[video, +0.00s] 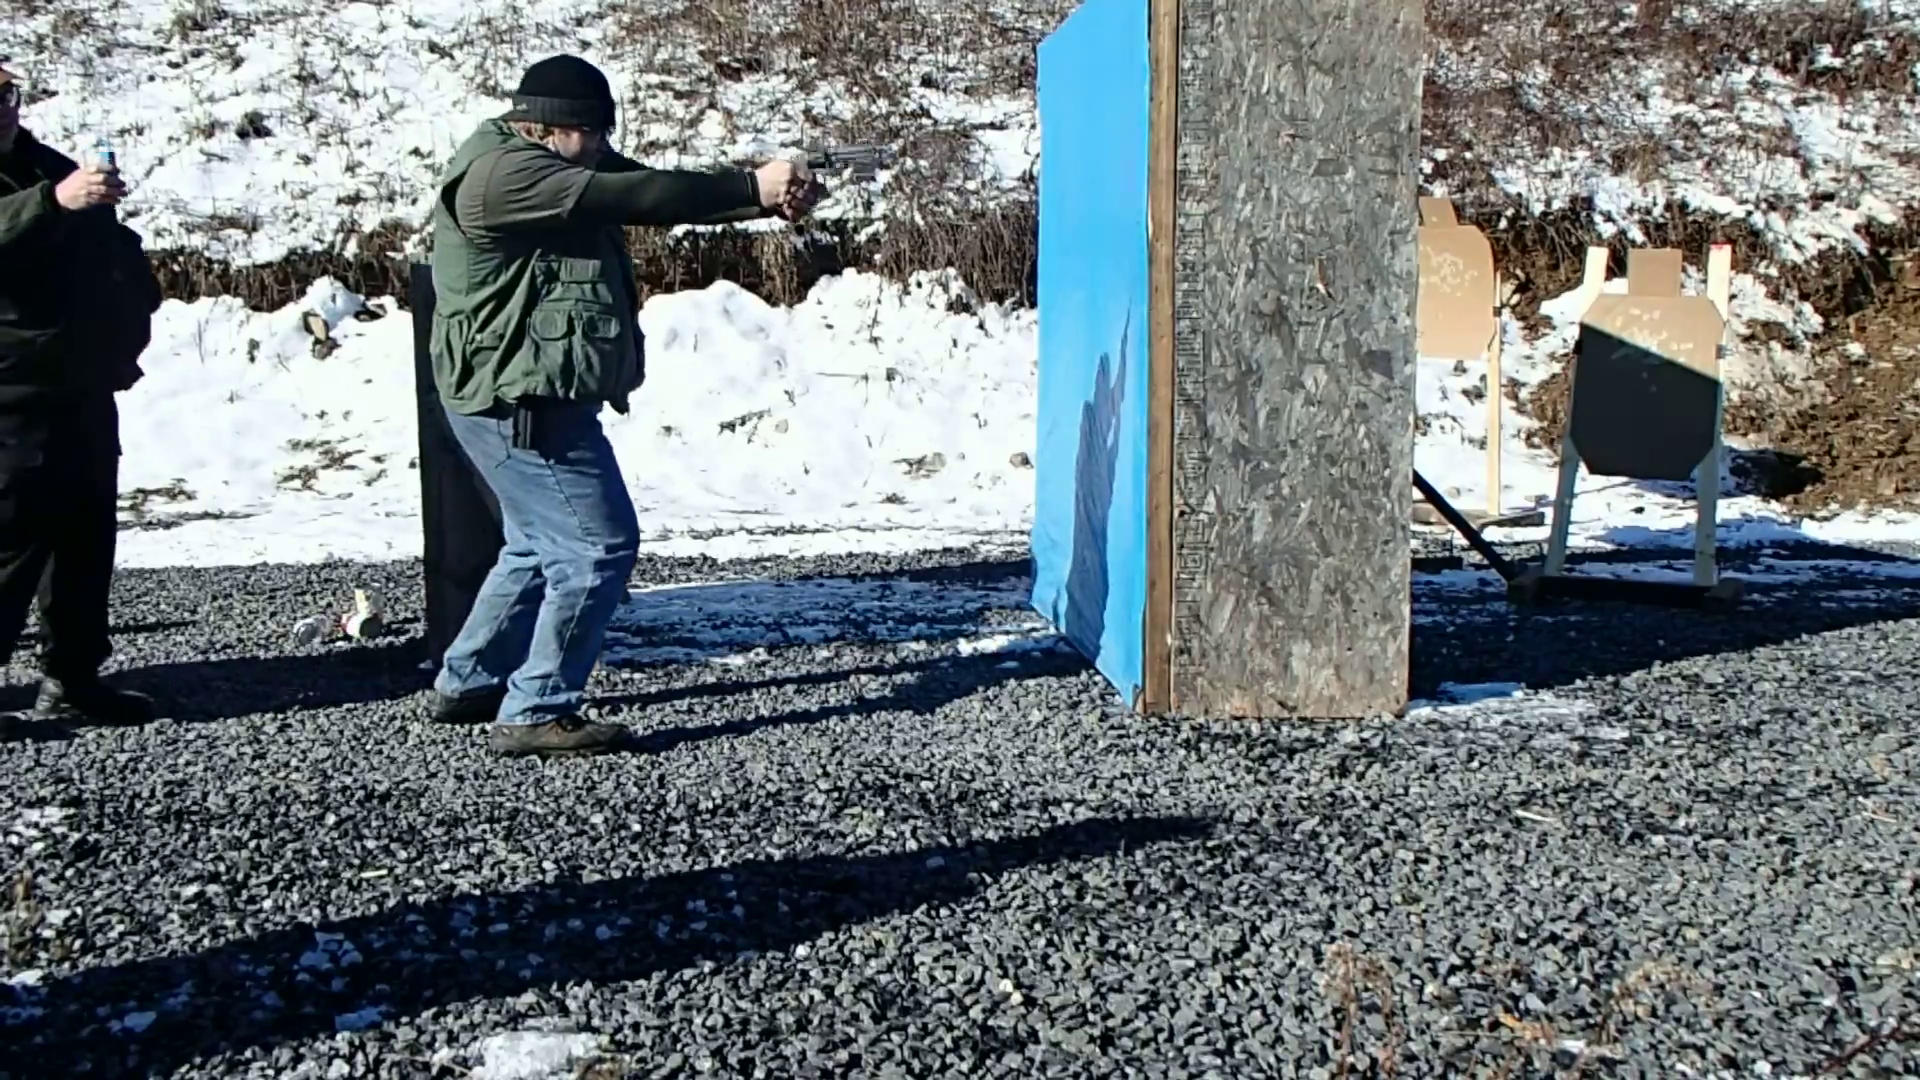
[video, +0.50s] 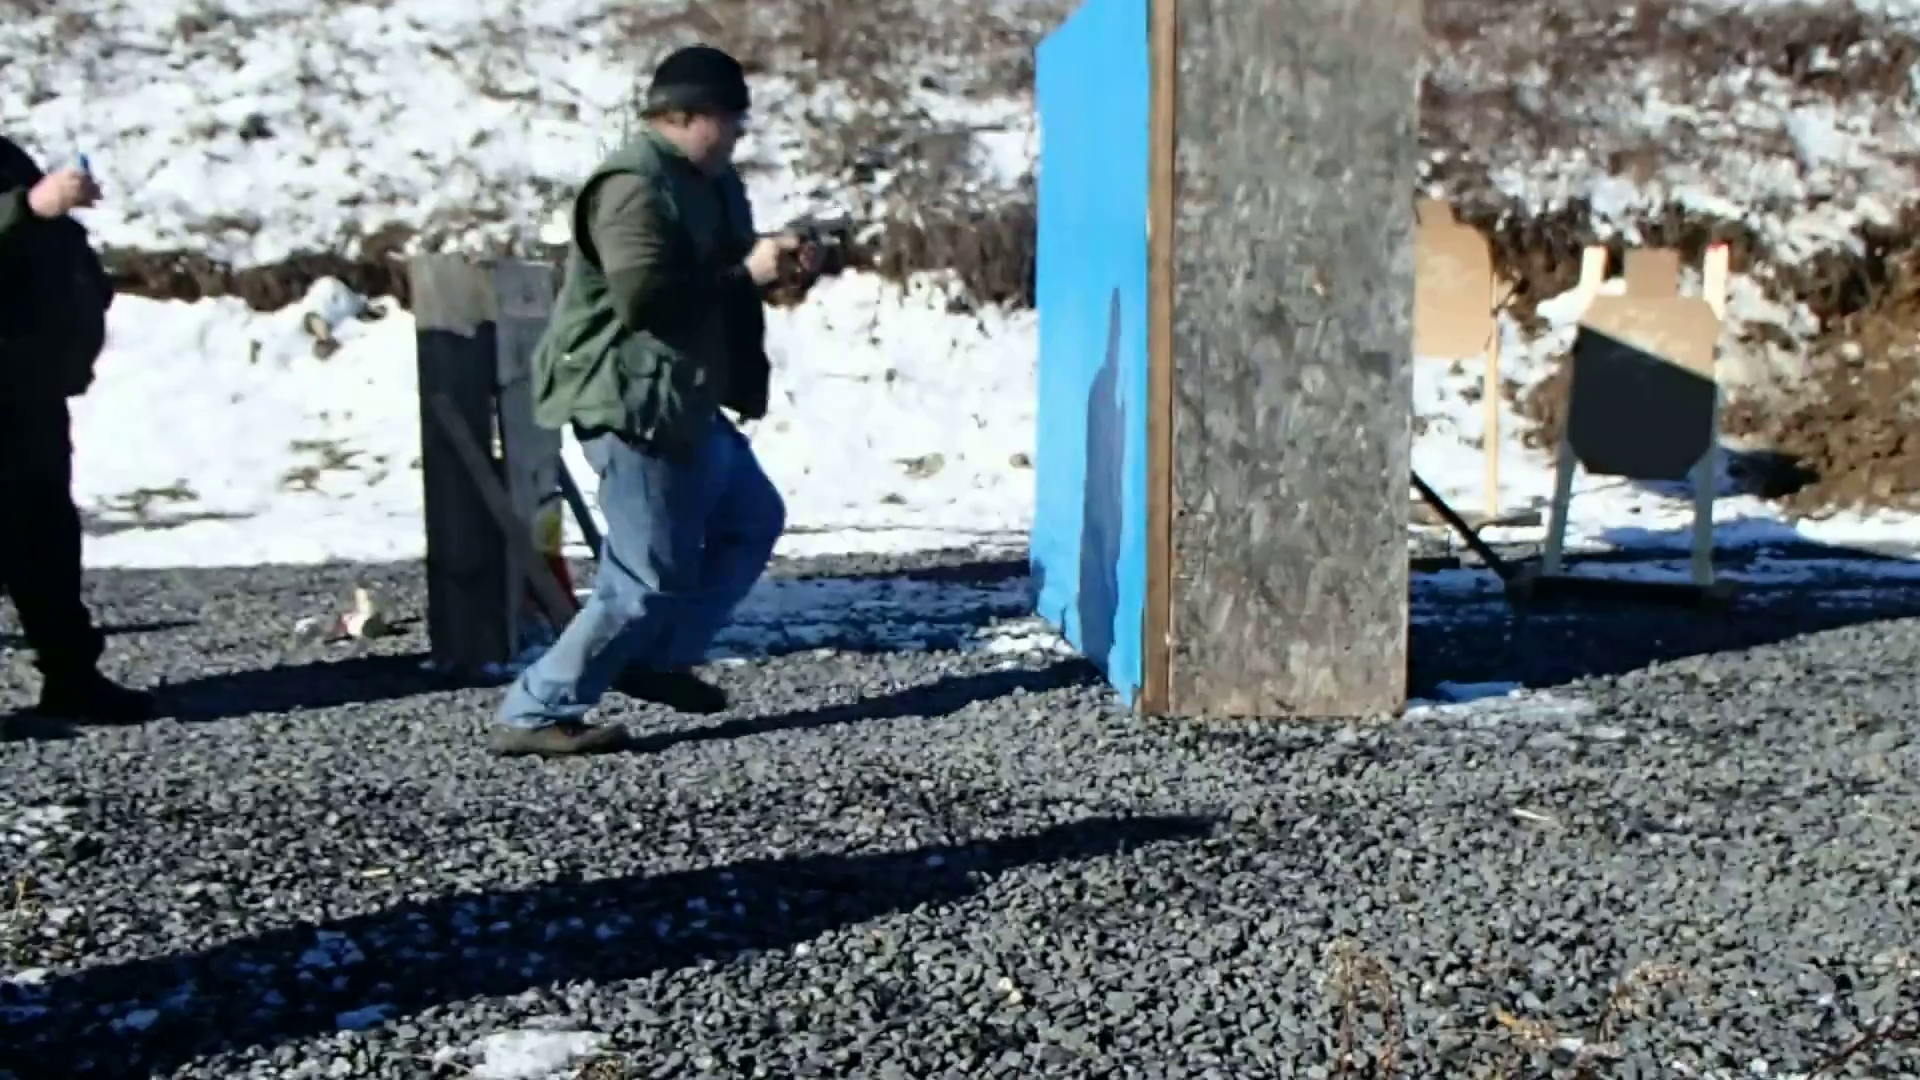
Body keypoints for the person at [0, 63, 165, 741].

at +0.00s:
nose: (9, 106)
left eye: (11, 94)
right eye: (1, 96)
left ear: (19, 103)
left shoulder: (59, 174)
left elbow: (131, 269)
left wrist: (117, 350)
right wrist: (53, 202)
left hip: (84, 397)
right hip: (14, 400)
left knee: (86, 545)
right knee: (13, 553)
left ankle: (77, 680)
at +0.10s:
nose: (6, 98)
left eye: (8, 91)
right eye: (1, 90)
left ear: (15, 104)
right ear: (3, 107)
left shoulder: (48, 171)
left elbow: (122, 266)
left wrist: (109, 353)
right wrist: (51, 208)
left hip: (77, 397)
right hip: (14, 400)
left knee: (80, 544)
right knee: (14, 549)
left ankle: (77, 680)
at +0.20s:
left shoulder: (33, 164)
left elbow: (107, 266)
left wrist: (97, 356)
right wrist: (44, 210)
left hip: (62, 391)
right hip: (14, 395)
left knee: (71, 538)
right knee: (17, 545)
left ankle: (75, 676)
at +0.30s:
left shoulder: (24, 163)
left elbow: (94, 268)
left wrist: (85, 356)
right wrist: (40, 208)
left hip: (48, 387)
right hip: (19, 391)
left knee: (56, 533)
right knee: (37, 536)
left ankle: (73, 676)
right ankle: (70, 678)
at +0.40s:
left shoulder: (22, 166)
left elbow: (79, 267)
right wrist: (37, 207)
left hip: (41, 389)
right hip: (18, 394)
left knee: (51, 533)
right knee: (40, 536)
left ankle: (74, 674)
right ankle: (72, 676)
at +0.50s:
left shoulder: (16, 167)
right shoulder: (13, 170)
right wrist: (30, 205)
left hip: (34, 387)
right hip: (19, 391)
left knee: (44, 531)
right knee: (38, 533)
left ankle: (71, 674)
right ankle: (68, 675)